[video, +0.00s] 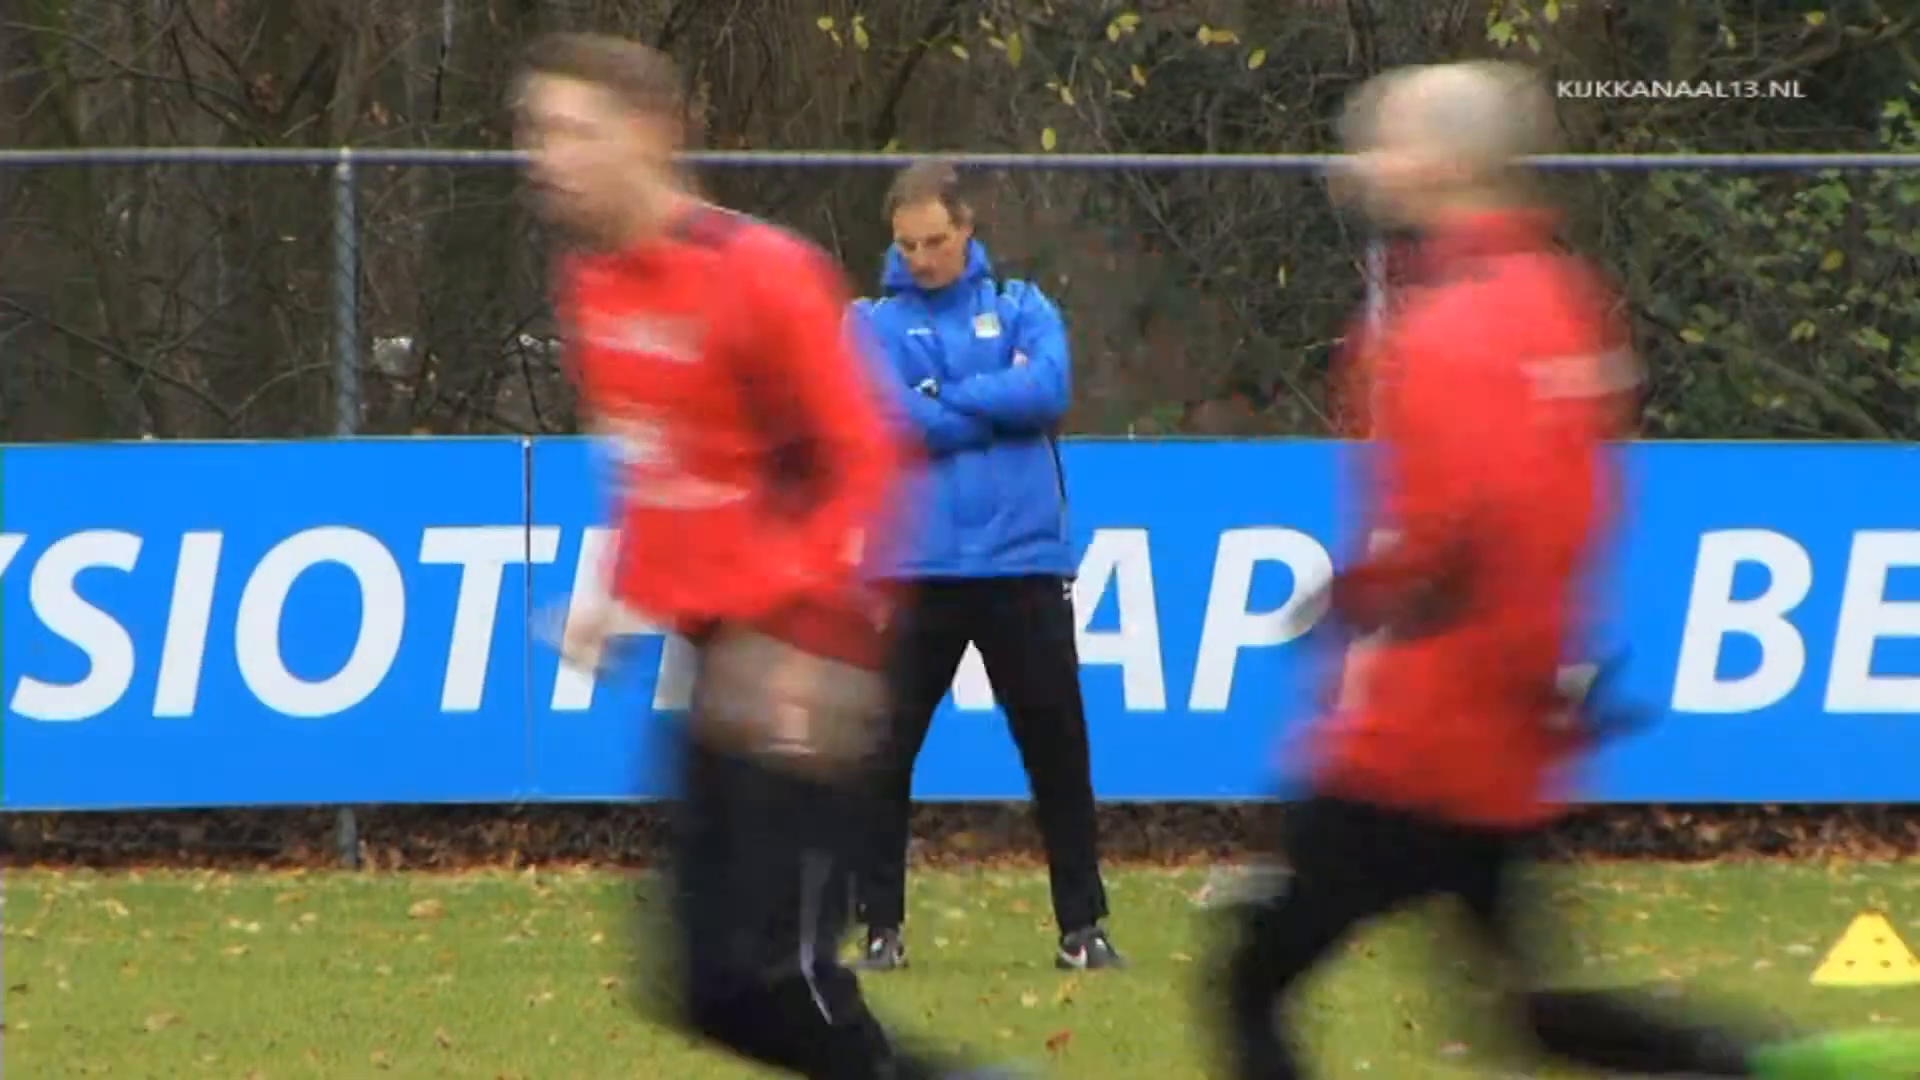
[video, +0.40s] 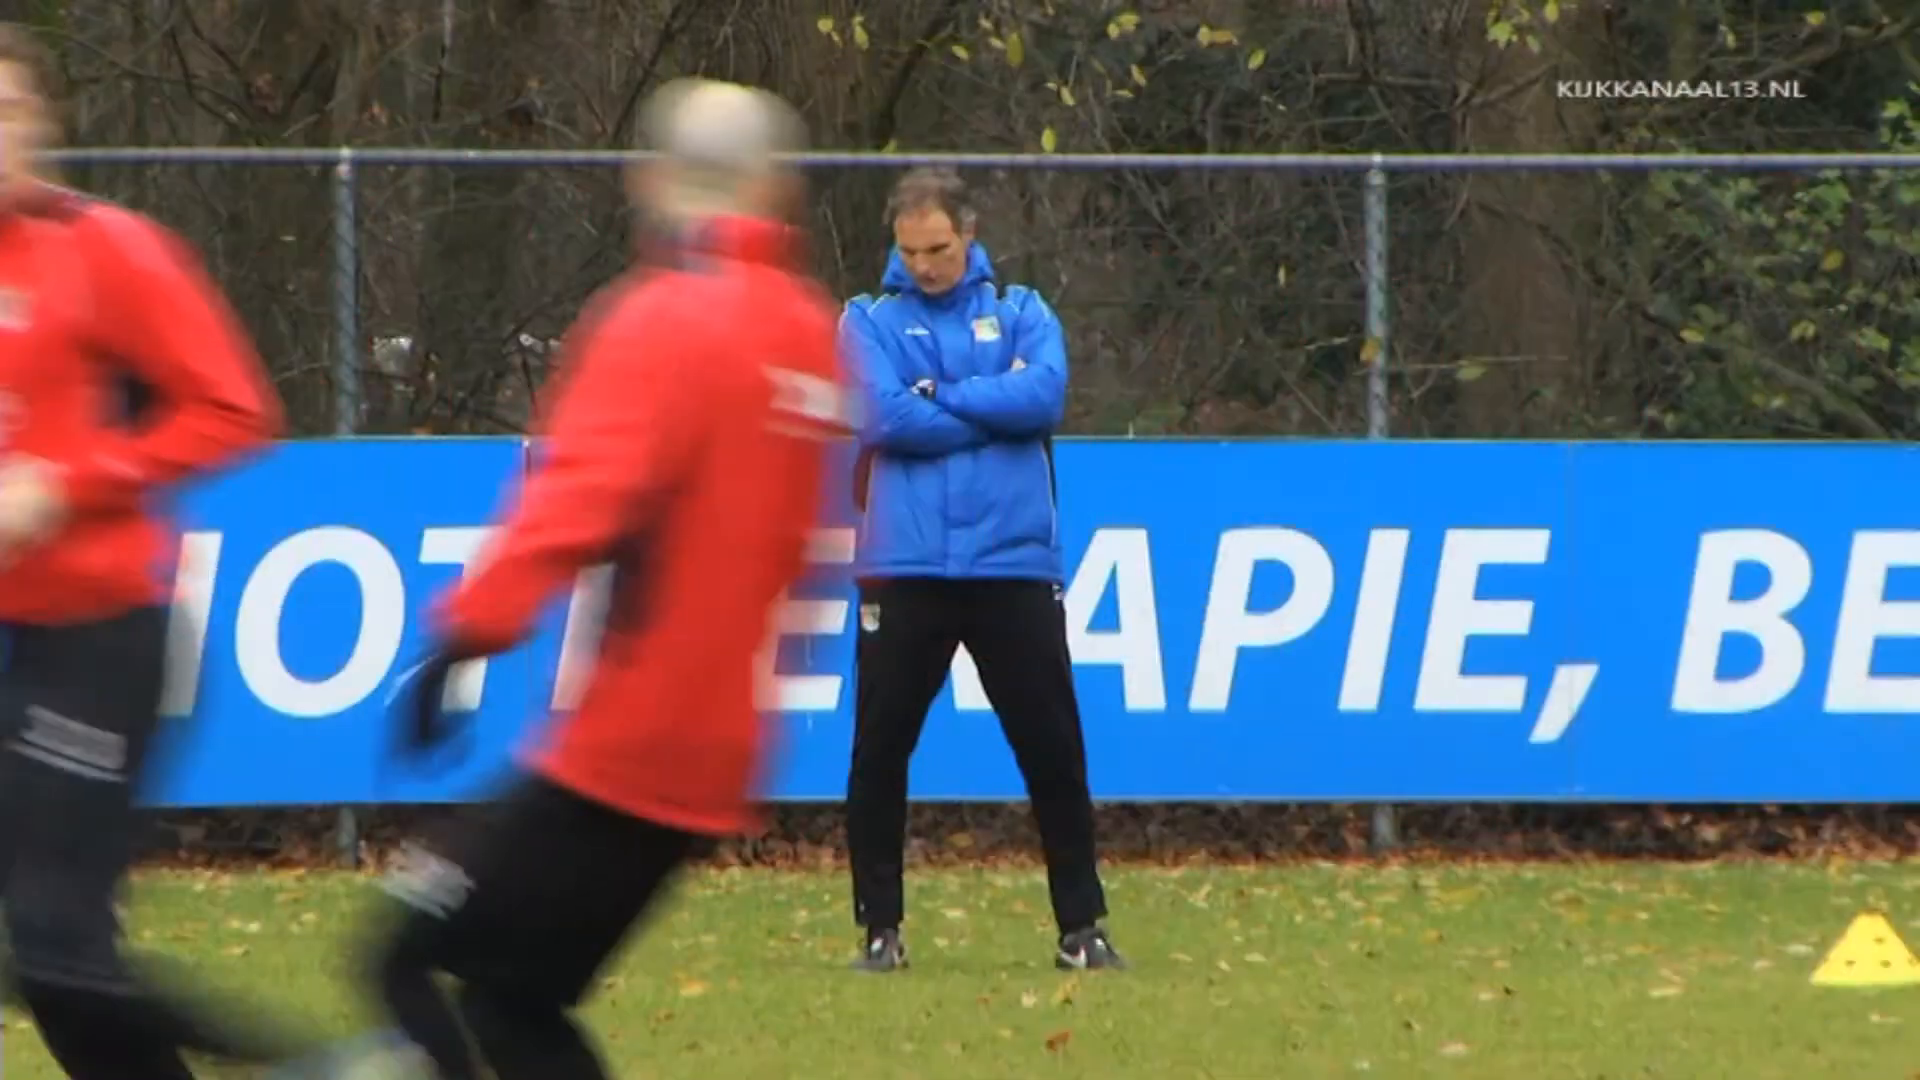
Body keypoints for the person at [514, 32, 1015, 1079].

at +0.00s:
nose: (541, 159)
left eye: (567, 131)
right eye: (536, 134)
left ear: (651, 133)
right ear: (546, 146)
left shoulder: (763, 271)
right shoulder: (595, 283)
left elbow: (872, 459)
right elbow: (659, 466)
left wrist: (814, 632)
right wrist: (621, 593)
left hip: (803, 631)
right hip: (709, 634)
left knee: (777, 976)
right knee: (713, 985)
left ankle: (906, 1072)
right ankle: (912, 1070)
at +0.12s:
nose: (351, 97)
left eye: (373, 68)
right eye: (339, 73)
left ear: (452, 69)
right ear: (332, 92)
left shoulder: (543, 196)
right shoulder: (406, 213)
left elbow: (647, 363)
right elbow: (490, 394)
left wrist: (501, 499)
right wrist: (450, 507)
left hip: (608, 571)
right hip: (526, 577)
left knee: (704, 874)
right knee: (440, 892)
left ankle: (834, 1060)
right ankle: (522, 1060)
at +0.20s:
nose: (215, 87)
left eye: (241, 57)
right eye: (207, 65)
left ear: (324, 59)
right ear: (200, 83)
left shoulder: (401, 180)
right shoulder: (272, 208)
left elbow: (513, 344)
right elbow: (348, 388)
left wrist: (333, 444)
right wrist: (301, 491)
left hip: (460, 574)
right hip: (385, 582)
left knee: (600, 883)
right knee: (320, 894)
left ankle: (796, 1063)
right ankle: (327, 1063)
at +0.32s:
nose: (55, 141)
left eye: (82, 112)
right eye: (40, 118)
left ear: (156, 118)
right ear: (25, 135)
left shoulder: (224, 242)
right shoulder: (76, 282)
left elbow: (334, 411)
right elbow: (151, 458)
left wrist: (149, 491)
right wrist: (62, 541)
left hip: (243, 630)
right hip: (163, 637)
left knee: (286, 976)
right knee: (115, 964)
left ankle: (582, 1029)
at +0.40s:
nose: (7, 126)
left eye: (15, 104)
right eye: (2, 104)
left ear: (45, 119)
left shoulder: (98, 247)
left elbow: (234, 408)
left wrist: (68, 480)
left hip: (86, 624)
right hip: (21, 625)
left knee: (55, 944)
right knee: (50, 945)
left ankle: (298, 1058)